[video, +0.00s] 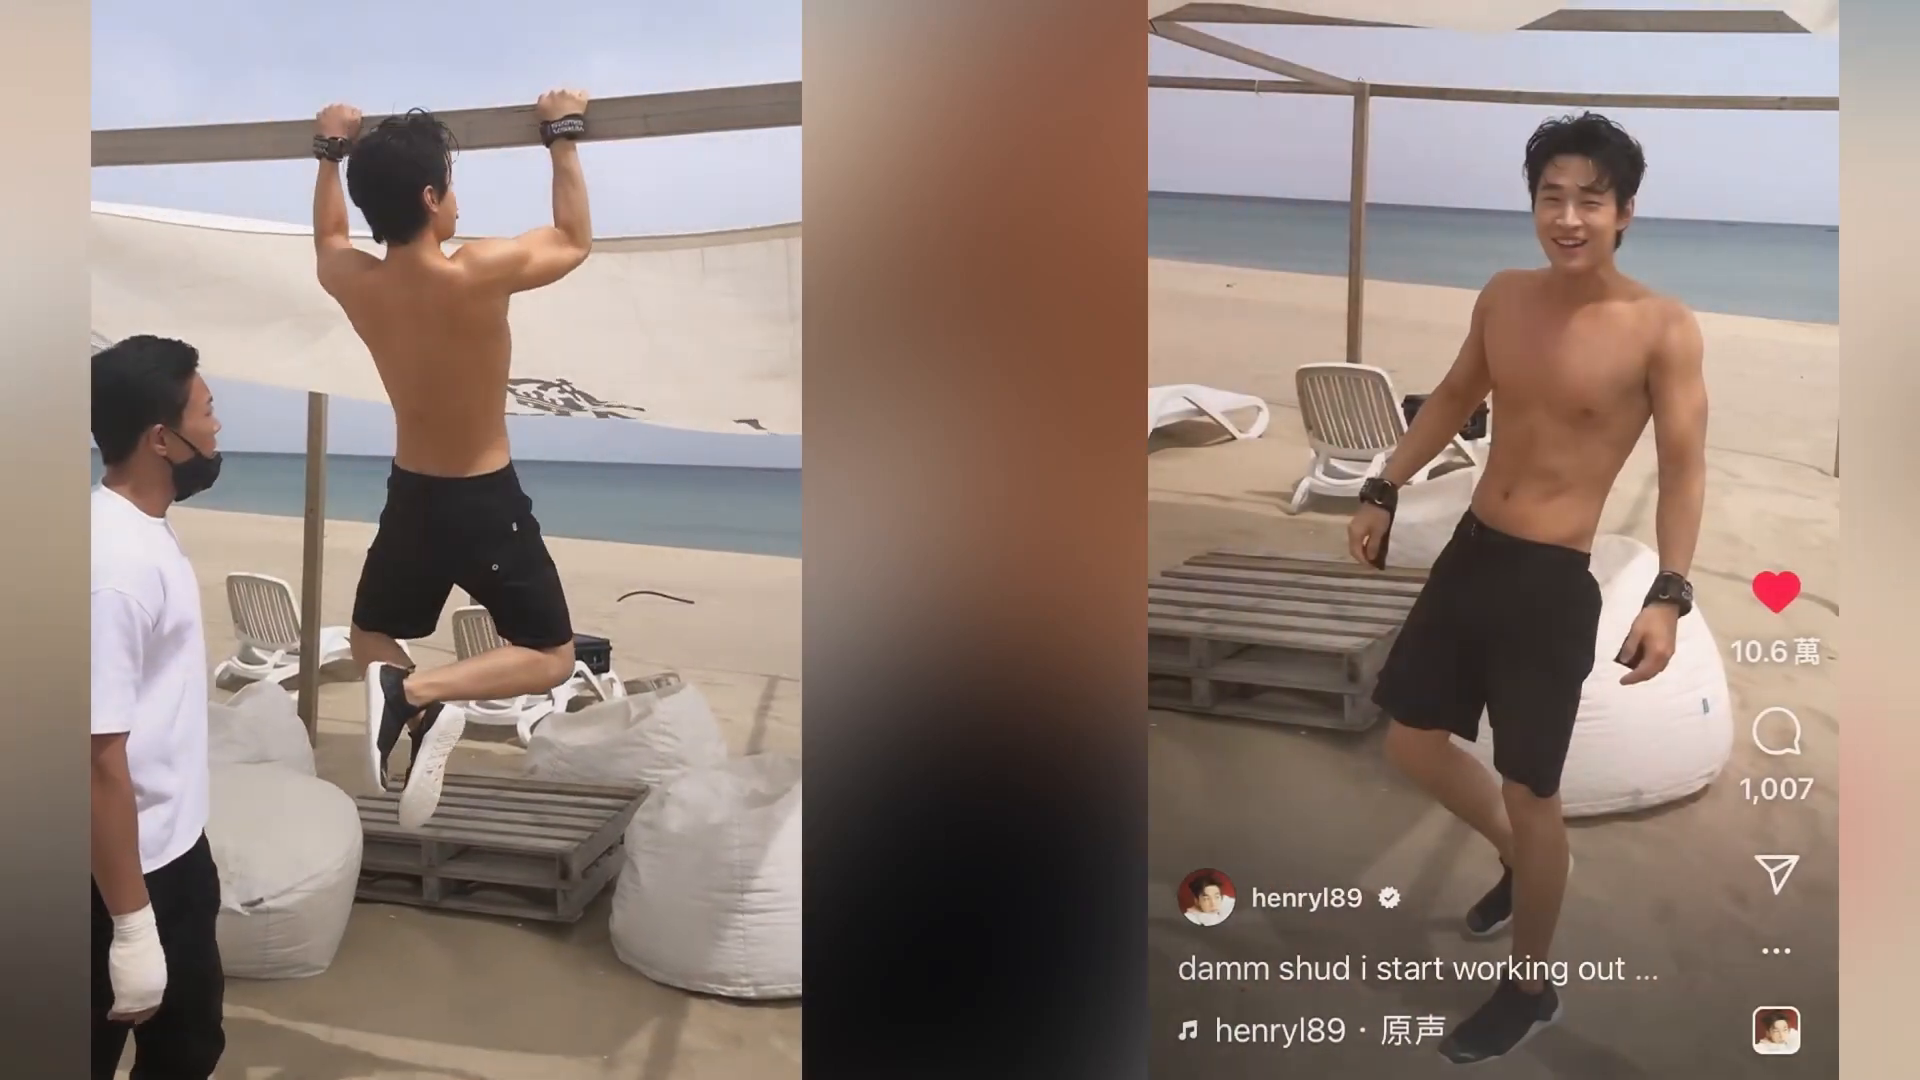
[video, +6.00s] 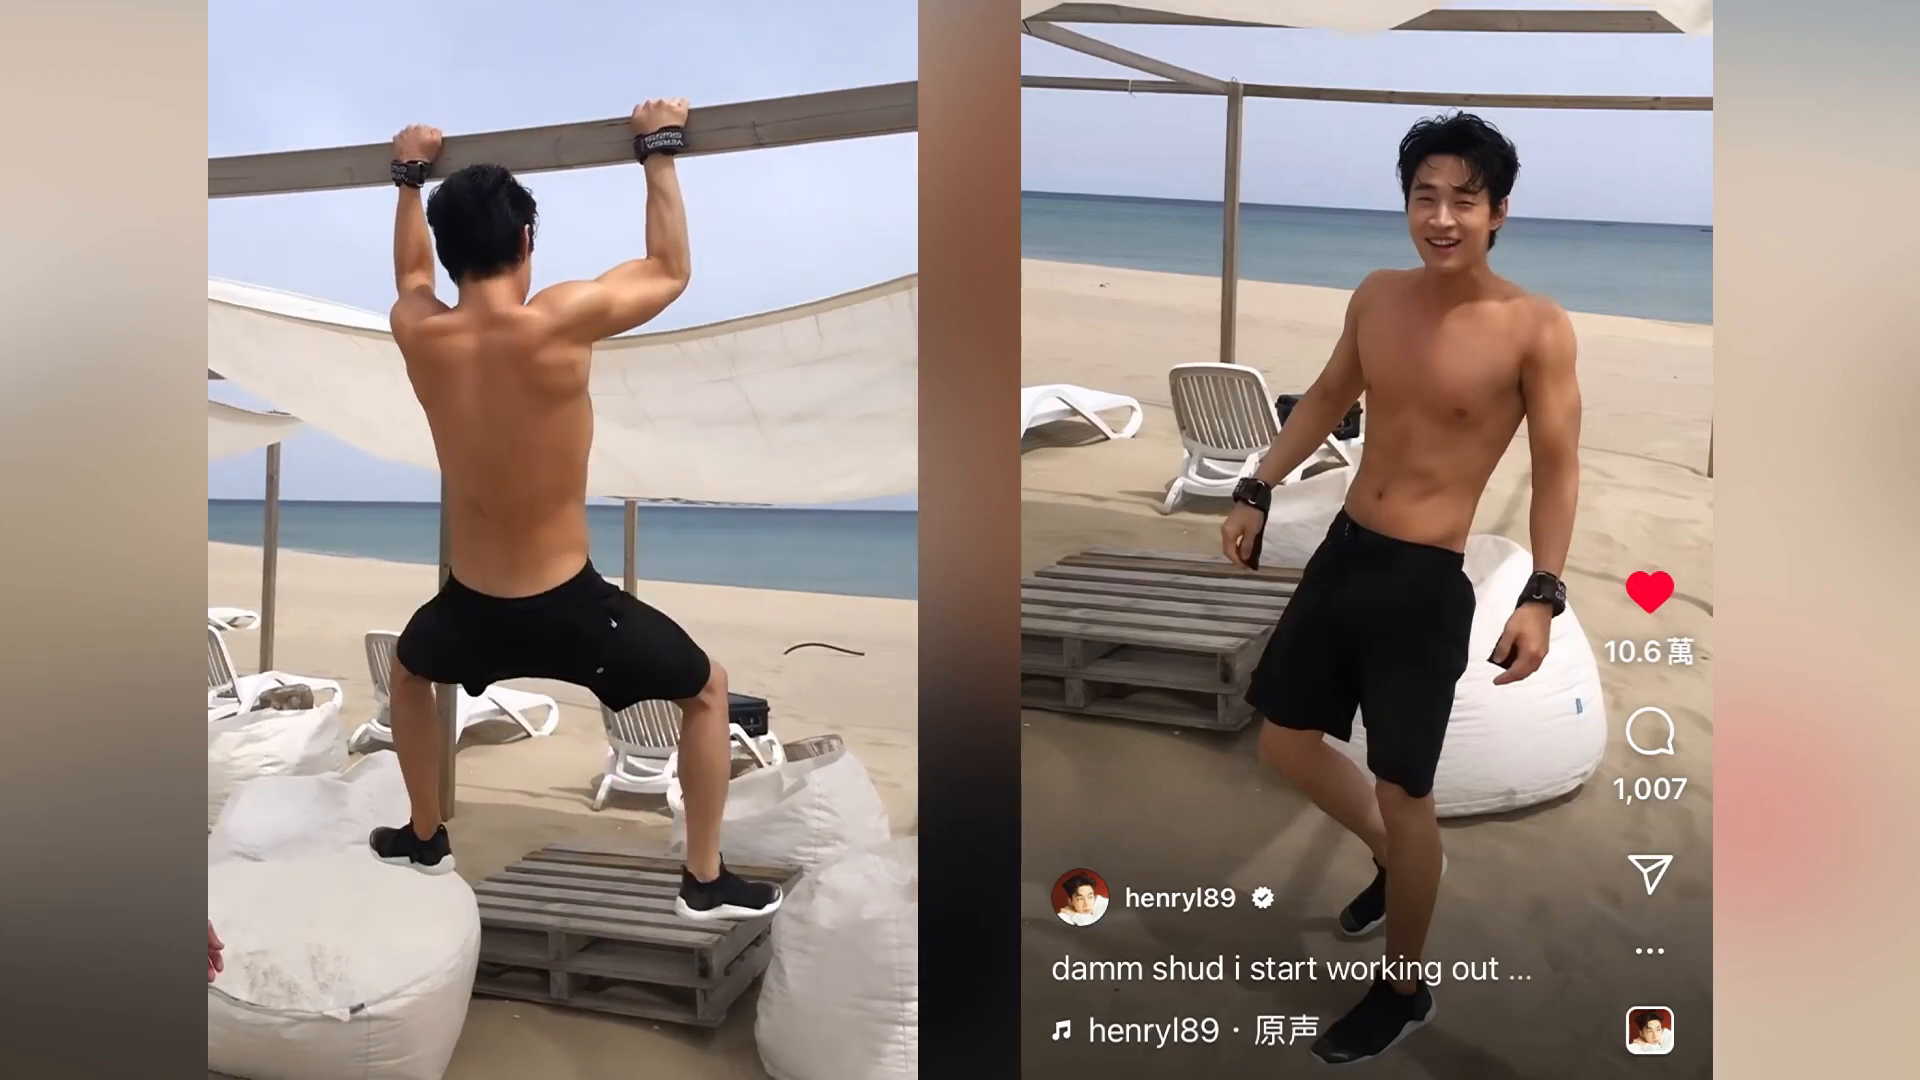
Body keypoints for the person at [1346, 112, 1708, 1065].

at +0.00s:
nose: (1567, 217)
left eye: (1589, 199)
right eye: (1551, 197)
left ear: (1625, 210)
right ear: (1532, 207)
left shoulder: (1661, 327)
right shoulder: (1505, 296)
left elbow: (1682, 469)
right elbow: (1457, 397)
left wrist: (1667, 596)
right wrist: (1382, 485)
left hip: (1553, 580)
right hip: (1471, 554)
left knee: (1529, 800)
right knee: (1411, 743)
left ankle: (1529, 982)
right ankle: (1523, 848)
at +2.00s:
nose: (1440, 216)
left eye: (1462, 198)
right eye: (1425, 197)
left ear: (1498, 210)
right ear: (1406, 208)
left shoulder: (1534, 327)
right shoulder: (1378, 297)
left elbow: (1556, 468)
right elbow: (1330, 397)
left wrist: (1540, 595)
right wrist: (1256, 484)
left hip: (1427, 579)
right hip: (1345, 554)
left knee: (1402, 798)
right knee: (1284, 742)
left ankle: (1402, 982)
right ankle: (1398, 847)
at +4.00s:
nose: (1440, 216)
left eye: (1462, 198)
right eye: (1424, 197)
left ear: (1498, 210)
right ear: (1406, 208)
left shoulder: (1534, 328)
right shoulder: (1378, 297)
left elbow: (1556, 468)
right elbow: (1329, 398)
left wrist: (1540, 595)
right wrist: (1256, 484)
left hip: (1427, 579)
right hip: (1345, 554)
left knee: (1402, 799)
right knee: (1284, 742)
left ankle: (1402, 981)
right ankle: (1398, 847)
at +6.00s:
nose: (1440, 216)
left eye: (1461, 198)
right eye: (1424, 197)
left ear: (1498, 210)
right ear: (1406, 208)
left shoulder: (1535, 328)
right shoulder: (1379, 296)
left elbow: (1556, 468)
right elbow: (1330, 398)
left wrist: (1541, 595)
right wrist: (1255, 484)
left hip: (1426, 579)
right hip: (1345, 553)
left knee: (1402, 800)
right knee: (1285, 742)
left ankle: (1403, 980)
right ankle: (1399, 848)